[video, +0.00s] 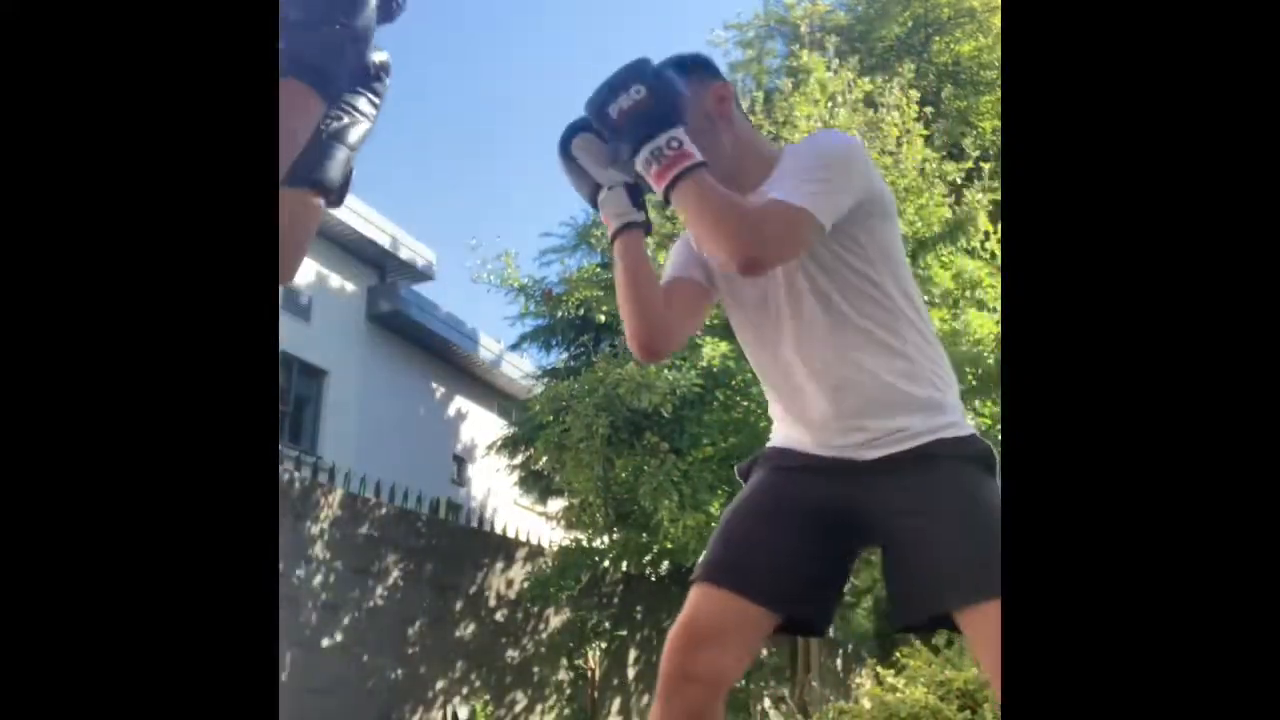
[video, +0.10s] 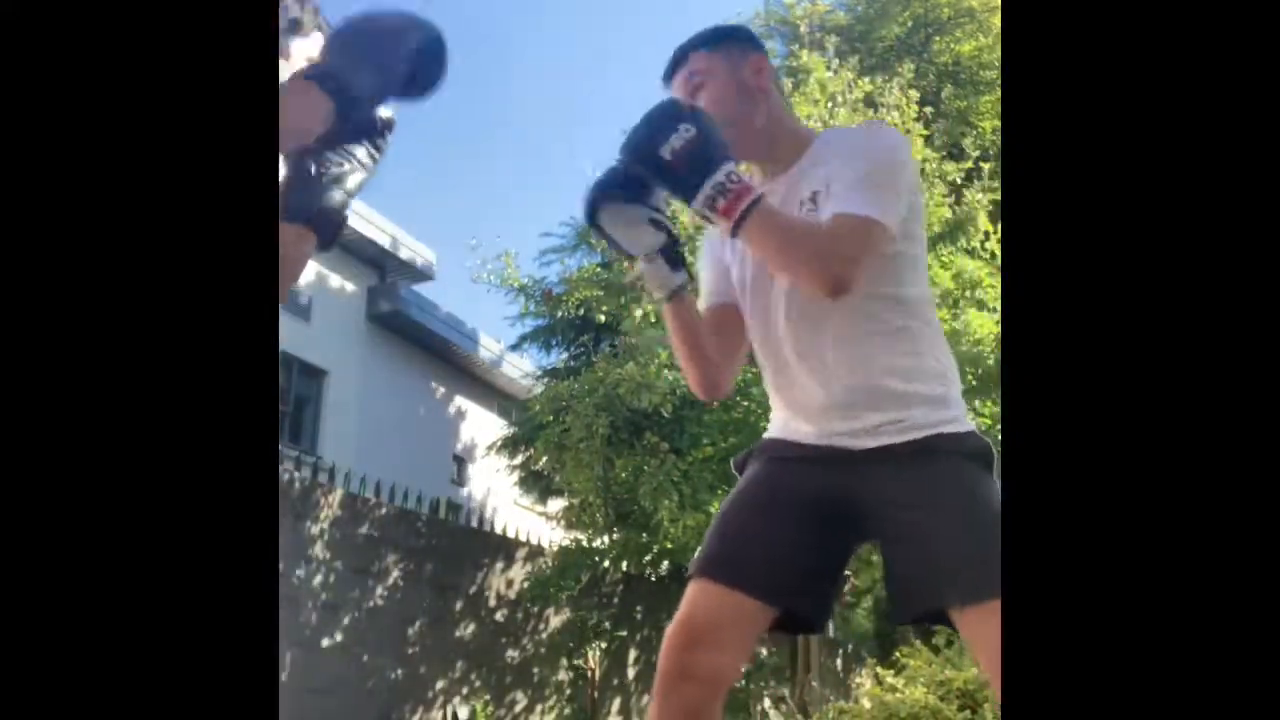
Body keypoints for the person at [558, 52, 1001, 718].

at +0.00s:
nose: (669, 141)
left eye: (677, 118)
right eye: (660, 133)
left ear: (723, 98)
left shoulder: (832, 155)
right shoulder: (703, 236)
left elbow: (748, 244)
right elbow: (650, 339)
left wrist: (657, 149)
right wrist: (618, 207)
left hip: (928, 452)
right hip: (801, 464)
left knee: (1001, 665)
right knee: (692, 663)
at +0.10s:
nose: (687, 110)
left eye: (697, 84)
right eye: (679, 101)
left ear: (758, 71)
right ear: (682, 125)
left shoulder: (870, 146)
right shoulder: (729, 228)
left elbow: (833, 270)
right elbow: (710, 378)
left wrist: (717, 188)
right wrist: (666, 279)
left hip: (925, 442)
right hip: (799, 451)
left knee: (1003, 666)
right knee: (690, 661)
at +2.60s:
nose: (598, 105)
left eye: (622, 92)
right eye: (589, 97)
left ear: (666, 119)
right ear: (577, 119)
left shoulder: (673, 227)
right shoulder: (526, 187)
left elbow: (701, 285)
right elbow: (397, 290)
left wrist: (593, 197)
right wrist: (438, 259)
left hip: (587, 459)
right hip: (484, 416)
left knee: (634, 697)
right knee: (421, 617)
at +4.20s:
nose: (522, 130)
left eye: (541, 120)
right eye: (509, 120)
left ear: (572, 149)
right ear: (490, 138)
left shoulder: (565, 271)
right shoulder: (430, 196)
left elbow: (566, 383)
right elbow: (320, 291)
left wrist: (532, 279)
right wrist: (381, 304)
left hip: (476, 460)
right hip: (386, 416)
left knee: (496, 689)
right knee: (343, 624)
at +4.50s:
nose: (470, 103)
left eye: (487, 87)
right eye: (457, 87)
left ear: (521, 97)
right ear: (438, 99)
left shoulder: (565, 206)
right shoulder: (419, 186)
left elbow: (552, 271)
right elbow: (343, 277)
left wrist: (510, 140)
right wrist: (397, 150)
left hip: (510, 458)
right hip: (408, 430)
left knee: (511, 698)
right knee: (373, 637)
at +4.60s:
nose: (447, 102)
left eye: (463, 83)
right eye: (433, 85)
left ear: (497, 93)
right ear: (417, 101)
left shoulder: (559, 184)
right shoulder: (411, 180)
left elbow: (538, 239)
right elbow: (367, 252)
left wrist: (493, 102)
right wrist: (400, 115)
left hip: (517, 454)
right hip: (410, 434)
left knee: (563, 693)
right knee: (360, 641)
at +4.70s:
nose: (456, 98)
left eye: (474, 79)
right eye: (439, 82)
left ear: (509, 86)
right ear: (420, 99)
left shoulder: (569, 186)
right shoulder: (405, 183)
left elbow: (564, 278)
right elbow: (372, 299)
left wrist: (508, 155)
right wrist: (406, 156)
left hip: (529, 459)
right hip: (419, 438)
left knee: (595, 691)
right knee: (362, 638)